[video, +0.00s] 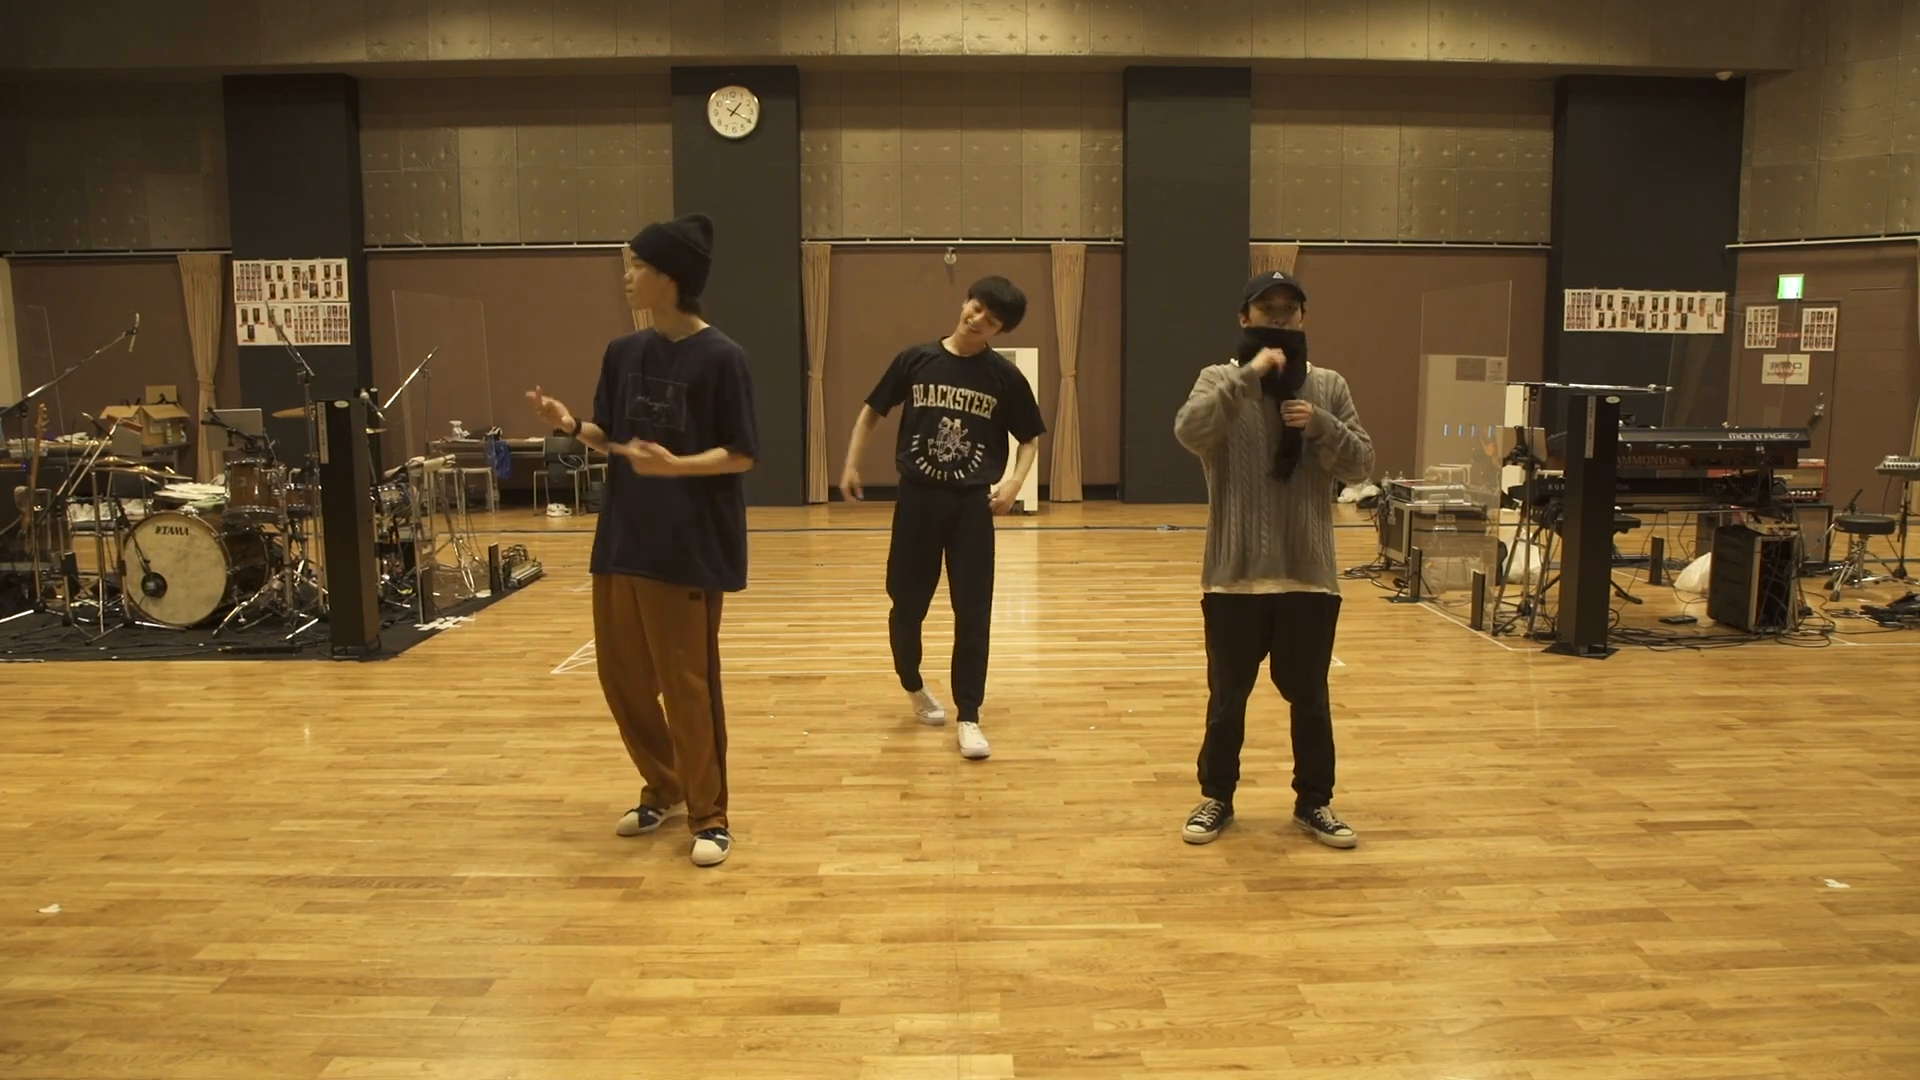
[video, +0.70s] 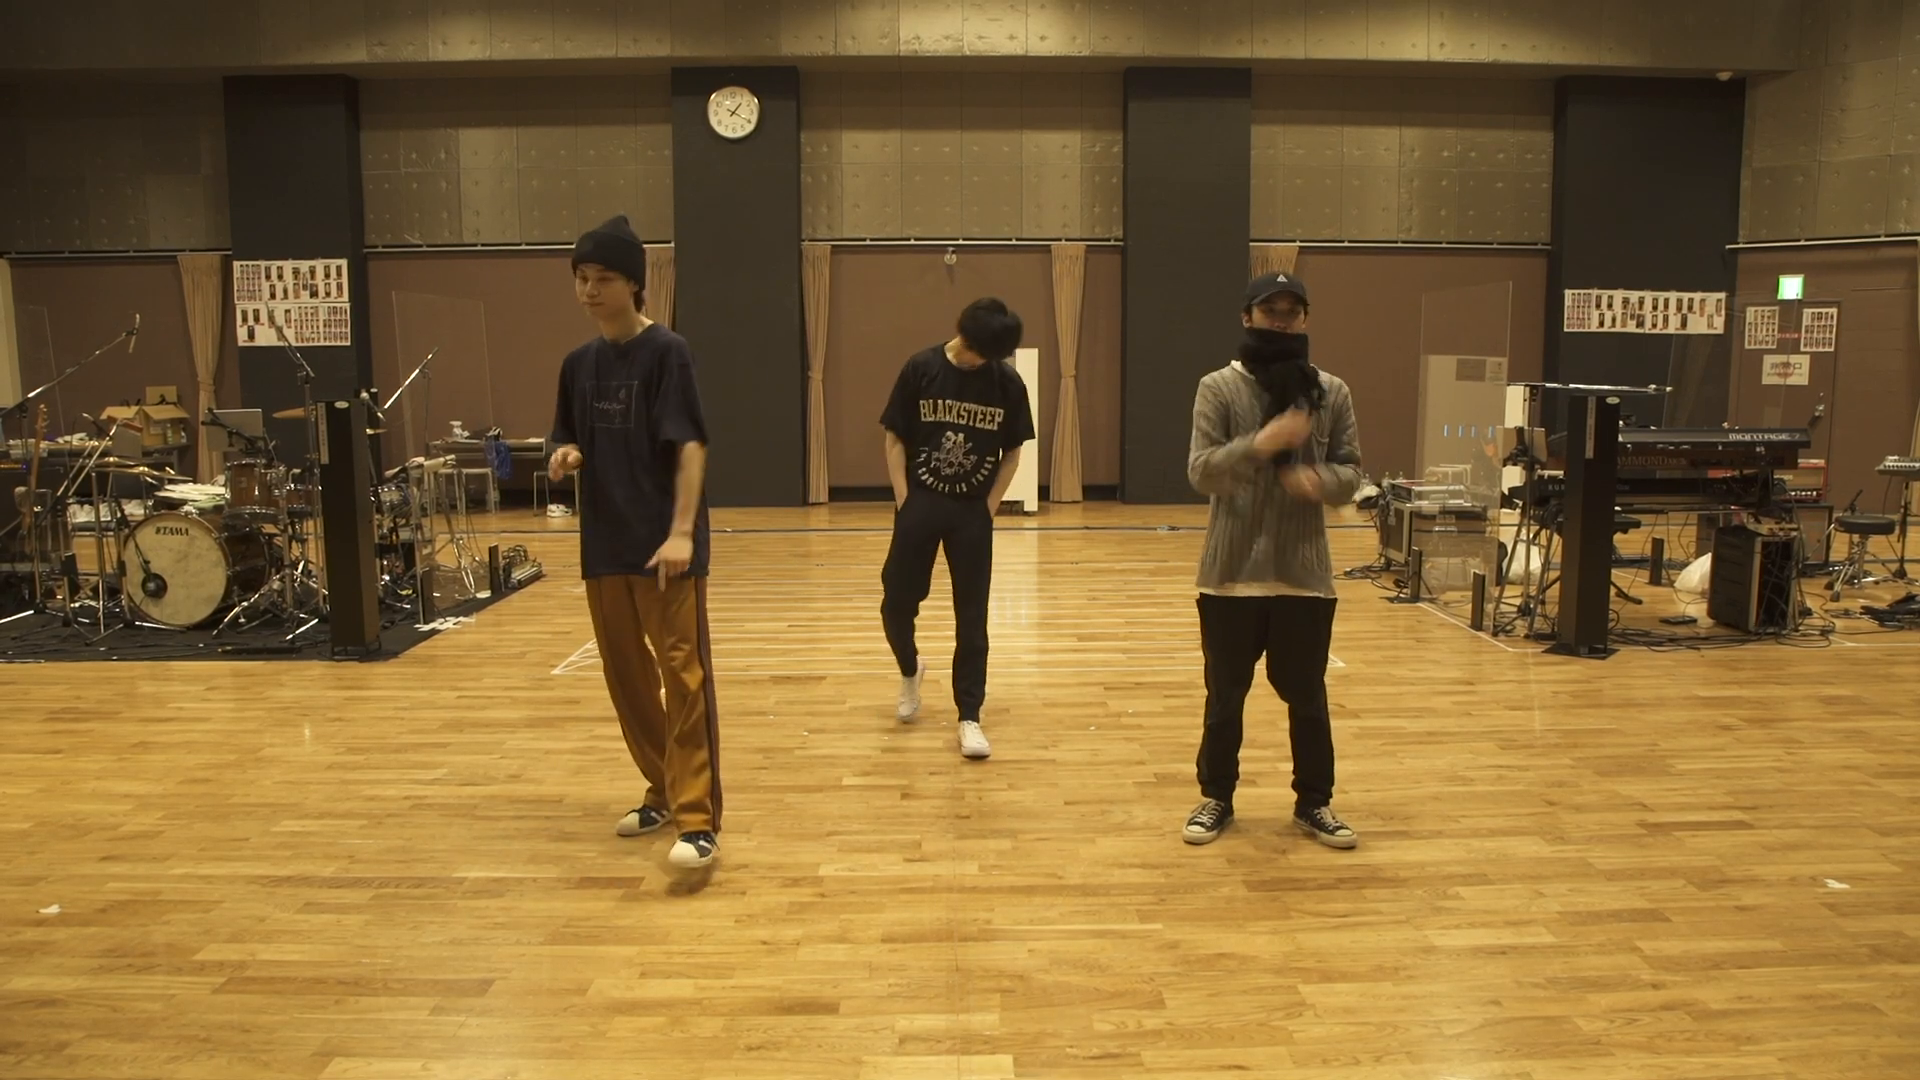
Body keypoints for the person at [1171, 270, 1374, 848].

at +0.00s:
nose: (1280, 320)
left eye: (1290, 310)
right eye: (1268, 310)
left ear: (1304, 319)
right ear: (1246, 317)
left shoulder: (1328, 387)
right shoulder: (1219, 382)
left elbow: (1361, 464)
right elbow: (1191, 432)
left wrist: (1321, 425)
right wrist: (1248, 373)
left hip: (1309, 574)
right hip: (1234, 573)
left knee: (1310, 697)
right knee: (1226, 697)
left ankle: (1314, 804)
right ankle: (1216, 801)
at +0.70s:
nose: (1284, 322)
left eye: (1293, 312)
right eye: (1272, 311)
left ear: (1305, 320)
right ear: (1249, 318)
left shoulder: (1331, 392)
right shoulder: (1218, 387)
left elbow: (1350, 474)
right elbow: (1201, 472)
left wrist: (1319, 480)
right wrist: (1260, 442)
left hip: (1304, 574)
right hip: (1230, 573)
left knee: (1307, 697)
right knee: (1223, 697)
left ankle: (1314, 805)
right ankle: (1215, 801)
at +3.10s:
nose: (1275, 324)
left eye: (1283, 315)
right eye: (1262, 315)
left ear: (1294, 322)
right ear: (1239, 322)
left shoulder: (1321, 394)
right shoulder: (1210, 396)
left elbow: (1337, 480)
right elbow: (1194, 484)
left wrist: (1348, 556)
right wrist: (1189, 563)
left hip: (1296, 574)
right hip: (1226, 575)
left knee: (1305, 685)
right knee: (1230, 690)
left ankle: (1298, 776)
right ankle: (1238, 788)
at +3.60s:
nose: (1272, 335)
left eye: (1280, 325)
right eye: (1260, 325)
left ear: (1291, 328)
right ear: (1235, 327)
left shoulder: (1311, 380)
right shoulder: (1198, 387)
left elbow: (1360, 428)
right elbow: (1132, 446)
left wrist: (1405, 420)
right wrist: (1147, 452)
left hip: (1301, 570)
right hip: (1224, 573)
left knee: (1321, 686)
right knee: (1229, 690)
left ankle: (1328, 786)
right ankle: (1239, 790)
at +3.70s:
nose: (1277, 335)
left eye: (1285, 325)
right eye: (1265, 326)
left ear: (1296, 327)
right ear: (1240, 327)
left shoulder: (1315, 380)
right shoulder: (1203, 385)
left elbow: (1364, 426)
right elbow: (1136, 444)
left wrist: (1401, 417)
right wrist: (1157, 452)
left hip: (1299, 572)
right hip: (1224, 575)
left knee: (1319, 686)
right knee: (1229, 692)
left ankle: (1332, 788)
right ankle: (1239, 791)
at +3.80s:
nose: (1285, 333)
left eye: (1293, 324)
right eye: (1273, 323)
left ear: (1303, 327)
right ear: (1247, 326)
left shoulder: (1321, 380)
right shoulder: (1210, 386)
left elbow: (1364, 433)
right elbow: (1154, 440)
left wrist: (1404, 446)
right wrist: (1157, 467)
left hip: (1304, 570)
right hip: (1231, 573)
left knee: (1320, 687)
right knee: (1233, 692)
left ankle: (1330, 788)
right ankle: (1240, 791)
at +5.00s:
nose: (1341, 323)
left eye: (1350, 313)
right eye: (1329, 313)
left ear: (1359, 320)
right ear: (1301, 319)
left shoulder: (1378, 392)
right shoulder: (1269, 391)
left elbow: (1386, 480)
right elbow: (1242, 481)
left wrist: (1374, 553)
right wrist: (1249, 559)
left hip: (1343, 572)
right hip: (1275, 570)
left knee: (1335, 687)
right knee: (1255, 684)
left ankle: (1333, 788)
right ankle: (1244, 786)